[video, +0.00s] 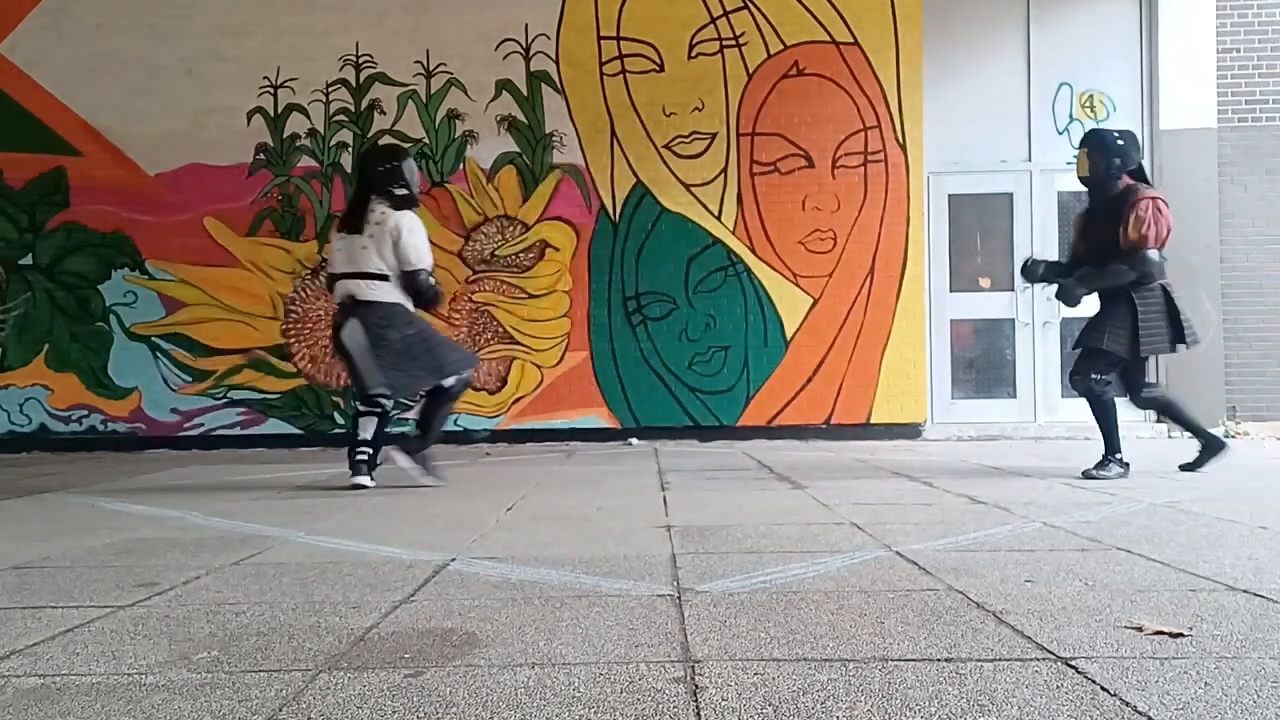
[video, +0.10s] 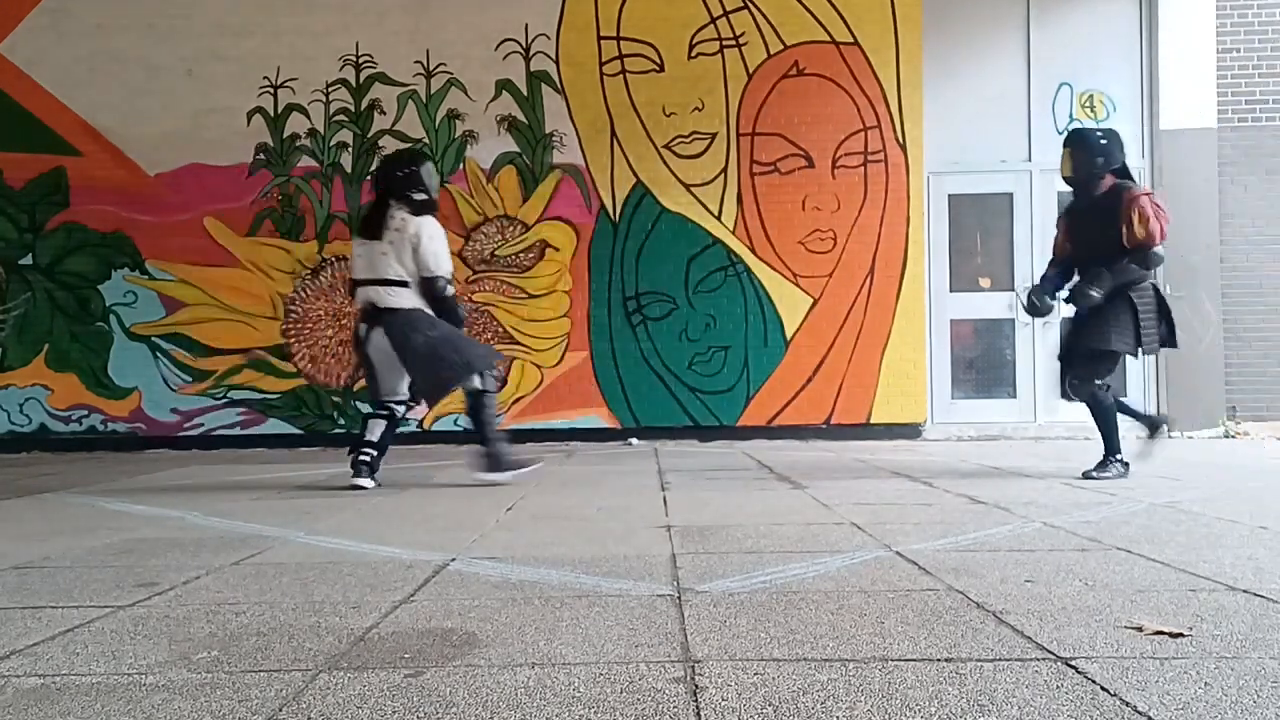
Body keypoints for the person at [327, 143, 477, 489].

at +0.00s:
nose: (416, 179)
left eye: (412, 170)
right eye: (409, 171)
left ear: (365, 178)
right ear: (395, 178)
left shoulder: (344, 220)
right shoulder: (402, 219)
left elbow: (333, 281)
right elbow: (418, 284)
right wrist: (434, 295)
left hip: (346, 318)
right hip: (388, 317)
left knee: (375, 391)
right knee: (458, 370)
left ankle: (361, 467)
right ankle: (417, 447)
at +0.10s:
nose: (431, 184)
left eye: (428, 176)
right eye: (425, 177)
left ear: (383, 184)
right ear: (414, 182)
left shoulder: (365, 223)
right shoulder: (423, 224)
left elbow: (359, 286)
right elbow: (436, 288)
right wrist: (457, 324)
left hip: (372, 327)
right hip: (411, 325)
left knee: (392, 400)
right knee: (478, 365)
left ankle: (364, 468)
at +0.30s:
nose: (478, 198)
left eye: (475, 191)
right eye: (473, 191)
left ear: (435, 199)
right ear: (462, 200)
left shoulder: (423, 235)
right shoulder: (463, 241)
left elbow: (423, 294)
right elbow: (470, 305)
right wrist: (507, 332)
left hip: (422, 333)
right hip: (457, 336)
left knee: (417, 412)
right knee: (533, 373)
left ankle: (371, 457)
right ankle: (544, 461)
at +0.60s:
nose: (480, 206)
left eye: (477, 198)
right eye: (474, 199)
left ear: (437, 206)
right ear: (457, 207)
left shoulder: (425, 241)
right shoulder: (451, 248)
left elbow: (426, 303)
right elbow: (459, 308)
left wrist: (473, 326)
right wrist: (492, 297)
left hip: (408, 341)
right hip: (439, 346)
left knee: (389, 415)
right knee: (515, 381)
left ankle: (332, 468)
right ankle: (543, 462)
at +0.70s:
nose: (453, 205)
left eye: (450, 198)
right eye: (448, 199)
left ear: (410, 201)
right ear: (434, 204)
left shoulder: (394, 234)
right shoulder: (428, 241)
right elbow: (437, 301)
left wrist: (454, 282)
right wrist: (457, 310)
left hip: (381, 337)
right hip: (417, 342)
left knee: (371, 409)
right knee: (481, 392)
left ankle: (323, 468)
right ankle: (527, 457)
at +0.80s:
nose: (434, 193)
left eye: (432, 185)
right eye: (429, 186)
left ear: (387, 192)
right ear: (416, 193)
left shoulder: (370, 223)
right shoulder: (413, 232)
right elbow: (432, 296)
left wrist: (430, 254)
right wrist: (444, 270)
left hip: (363, 327)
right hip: (400, 331)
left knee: (363, 403)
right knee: (470, 373)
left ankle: (322, 467)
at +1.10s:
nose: (422, 185)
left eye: (419, 176)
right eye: (415, 177)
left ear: (373, 185)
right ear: (401, 184)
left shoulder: (353, 220)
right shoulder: (404, 224)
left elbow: (334, 275)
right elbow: (419, 290)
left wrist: (373, 276)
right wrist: (436, 275)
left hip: (351, 321)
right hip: (390, 320)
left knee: (355, 395)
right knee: (467, 354)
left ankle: (321, 468)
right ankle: (430, 430)